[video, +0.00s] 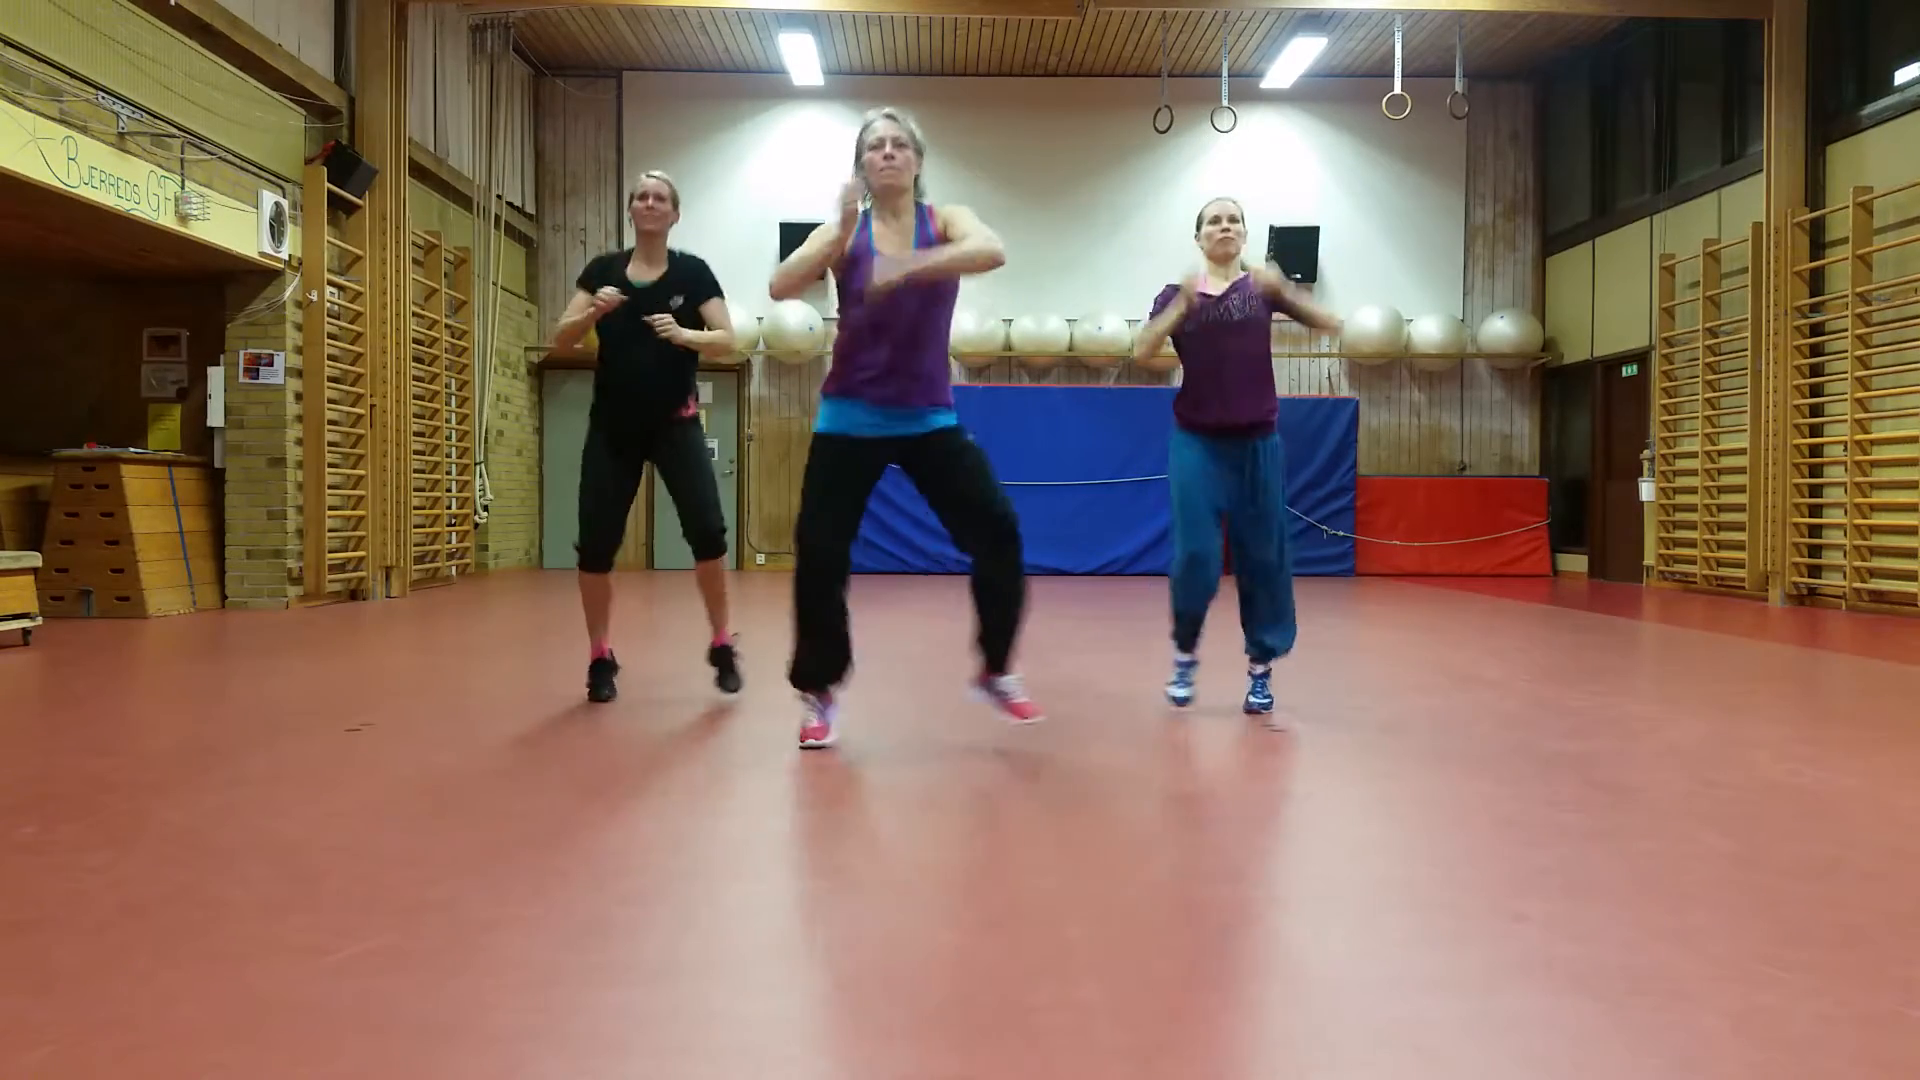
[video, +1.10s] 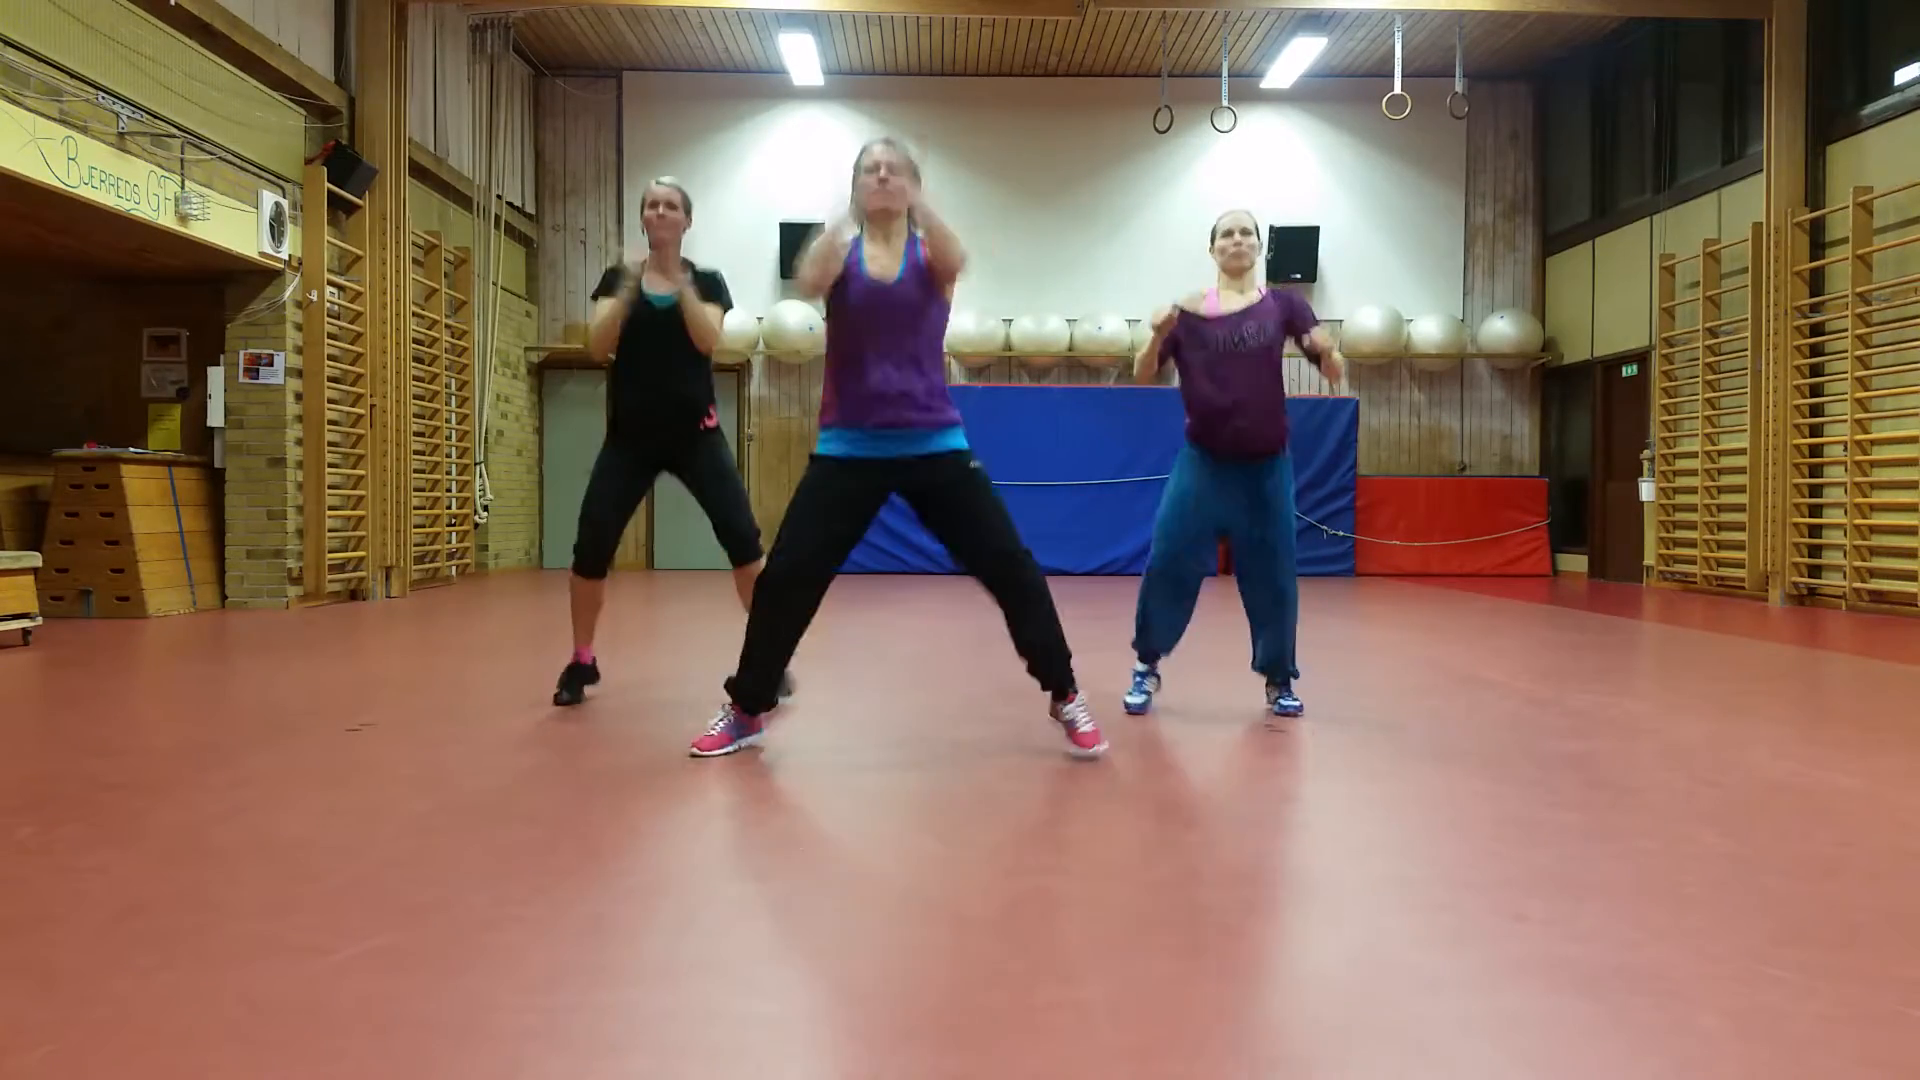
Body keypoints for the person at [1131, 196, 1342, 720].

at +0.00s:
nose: (1225, 228)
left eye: (1234, 222)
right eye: (1215, 222)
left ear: (1246, 235)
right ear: (1198, 236)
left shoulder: (1262, 287)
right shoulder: (1178, 294)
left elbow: (1329, 324)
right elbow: (1142, 351)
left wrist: (1285, 291)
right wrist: (1182, 303)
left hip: (1257, 439)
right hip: (1197, 440)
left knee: (1263, 556)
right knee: (1194, 553)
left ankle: (1260, 673)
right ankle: (1184, 659)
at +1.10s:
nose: (1238, 240)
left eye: (1246, 233)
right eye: (1228, 234)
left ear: (1260, 247)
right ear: (1213, 249)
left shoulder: (1283, 304)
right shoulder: (1188, 311)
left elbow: (1331, 368)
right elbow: (1145, 375)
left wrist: (1328, 354)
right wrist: (1157, 336)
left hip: (1267, 461)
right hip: (1203, 459)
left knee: (1274, 570)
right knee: (1168, 557)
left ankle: (1280, 681)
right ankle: (1146, 668)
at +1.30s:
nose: (1234, 248)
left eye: (1242, 241)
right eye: (1224, 241)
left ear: (1256, 254)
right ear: (1208, 254)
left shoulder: (1272, 314)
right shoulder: (1180, 308)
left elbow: (1309, 374)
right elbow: (1131, 356)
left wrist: (1318, 435)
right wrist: (1127, 405)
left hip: (1253, 461)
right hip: (1187, 461)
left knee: (1288, 562)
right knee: (1158, 563)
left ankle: (1295, 666)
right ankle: (1128, 668)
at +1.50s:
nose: (1231, 254)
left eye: (1240, 246)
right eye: (1222, 246)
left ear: (1252, 256)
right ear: (1206, 259)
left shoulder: (1278, 312)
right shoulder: (1187, 326)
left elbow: (1317, 377)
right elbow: (1152, 396)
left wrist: (1300, 423)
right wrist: (1189, 355)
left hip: (1264, 468)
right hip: (1198, 466)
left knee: (1280, 575)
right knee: (1152, 557)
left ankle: (1287, 680)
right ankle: (1128, 668)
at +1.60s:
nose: (1233, 236)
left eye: (1240, 229)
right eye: (1222, 230)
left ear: (1253, 241)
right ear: (1207, 244)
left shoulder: (1277, 299)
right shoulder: (1185, 299)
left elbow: (1320, 352)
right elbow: (1149, 351)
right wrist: (1215, 340)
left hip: (1264, 451)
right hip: (1198, 451)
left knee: (1287, 558)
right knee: (1153, 549)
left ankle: (1305, 668)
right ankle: (1127, 657)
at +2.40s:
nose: (1232, 235)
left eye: (1240, 228)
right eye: (1222, 231)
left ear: (1255, 240)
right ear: (1208, 247)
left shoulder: (1282, 287)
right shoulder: (1195, 294)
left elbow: (1348, 300)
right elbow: (1154, 296)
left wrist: (1314, 309)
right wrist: (1208, 278)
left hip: (1269, 449)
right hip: (1203, 447)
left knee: (1294, 556)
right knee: (1157, 547)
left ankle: (1305, 664)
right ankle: (1115, 650)